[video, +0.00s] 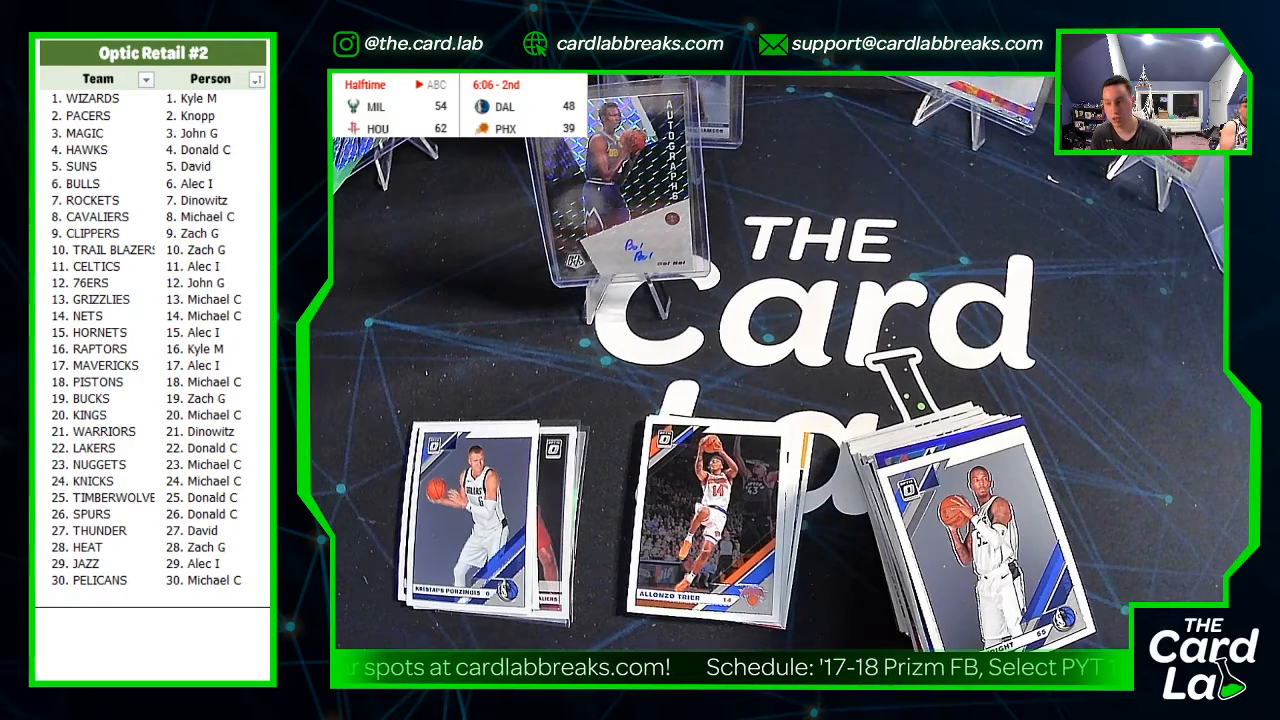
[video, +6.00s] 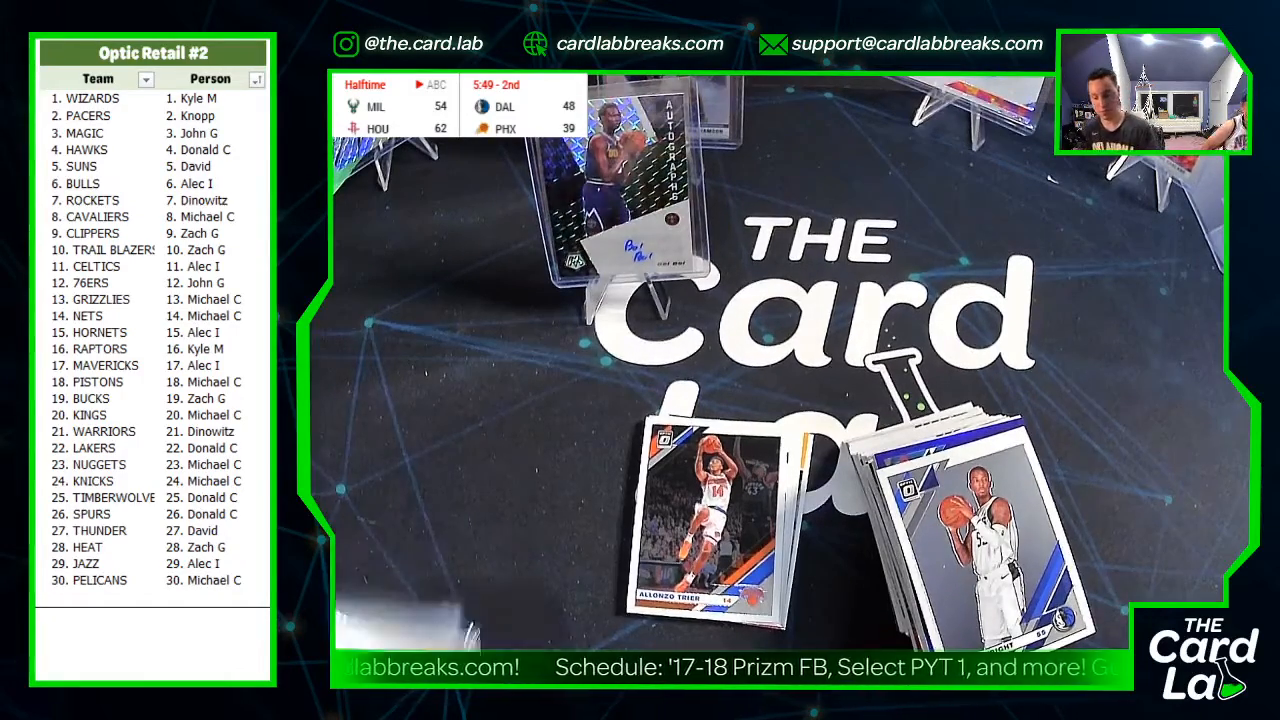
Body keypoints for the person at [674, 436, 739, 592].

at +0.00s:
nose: (714, 463)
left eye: (717, 461)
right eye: (713, 461)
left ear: (721, 465)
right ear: (710, 465)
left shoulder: (727, 476)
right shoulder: (706, 477)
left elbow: (734, 468)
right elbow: (698, 470)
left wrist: (722, 452)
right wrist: (700, 451)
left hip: (721, 513)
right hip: (706, 507)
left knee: (707, 550)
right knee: (704, 511)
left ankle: (688, 578)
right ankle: (688, 539)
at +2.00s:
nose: (714, 463)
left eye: (717, 461)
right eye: (713, 461)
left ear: (721, 465)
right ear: (710, 465)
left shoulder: (727, 476)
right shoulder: (706, 476)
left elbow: (734, 468)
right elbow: (698, 470)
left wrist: (722, 452)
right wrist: (700, 451)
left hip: (721, 512)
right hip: (706, 507)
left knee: (707, 550)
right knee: (704, 512)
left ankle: (688, 578)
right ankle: (688, 540)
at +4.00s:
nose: (715, 463)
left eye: (717, 462)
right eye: (713, 461)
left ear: (721, 465)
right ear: (709, 465)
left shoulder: (727, 476)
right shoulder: (706, 477)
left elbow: (734, 469)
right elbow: (698, 470)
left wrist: (721, 452)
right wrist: (700, 450)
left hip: (720, 513)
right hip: (706, 507)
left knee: (707, 549)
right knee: (704, 511)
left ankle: (688, 578)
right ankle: (688, 540)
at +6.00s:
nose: (714, 464)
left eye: (717, 462)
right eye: (712, 461)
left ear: (721, 466)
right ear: (709, 465)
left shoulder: (727, 476)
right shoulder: (705, 477)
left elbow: (734, 469)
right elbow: (698, 471)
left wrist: (721, 452)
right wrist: (700, 450)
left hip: (720, 513)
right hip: (705, 507)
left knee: (707, 550)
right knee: (705, 512)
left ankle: (688, 580)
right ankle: (688, 540)